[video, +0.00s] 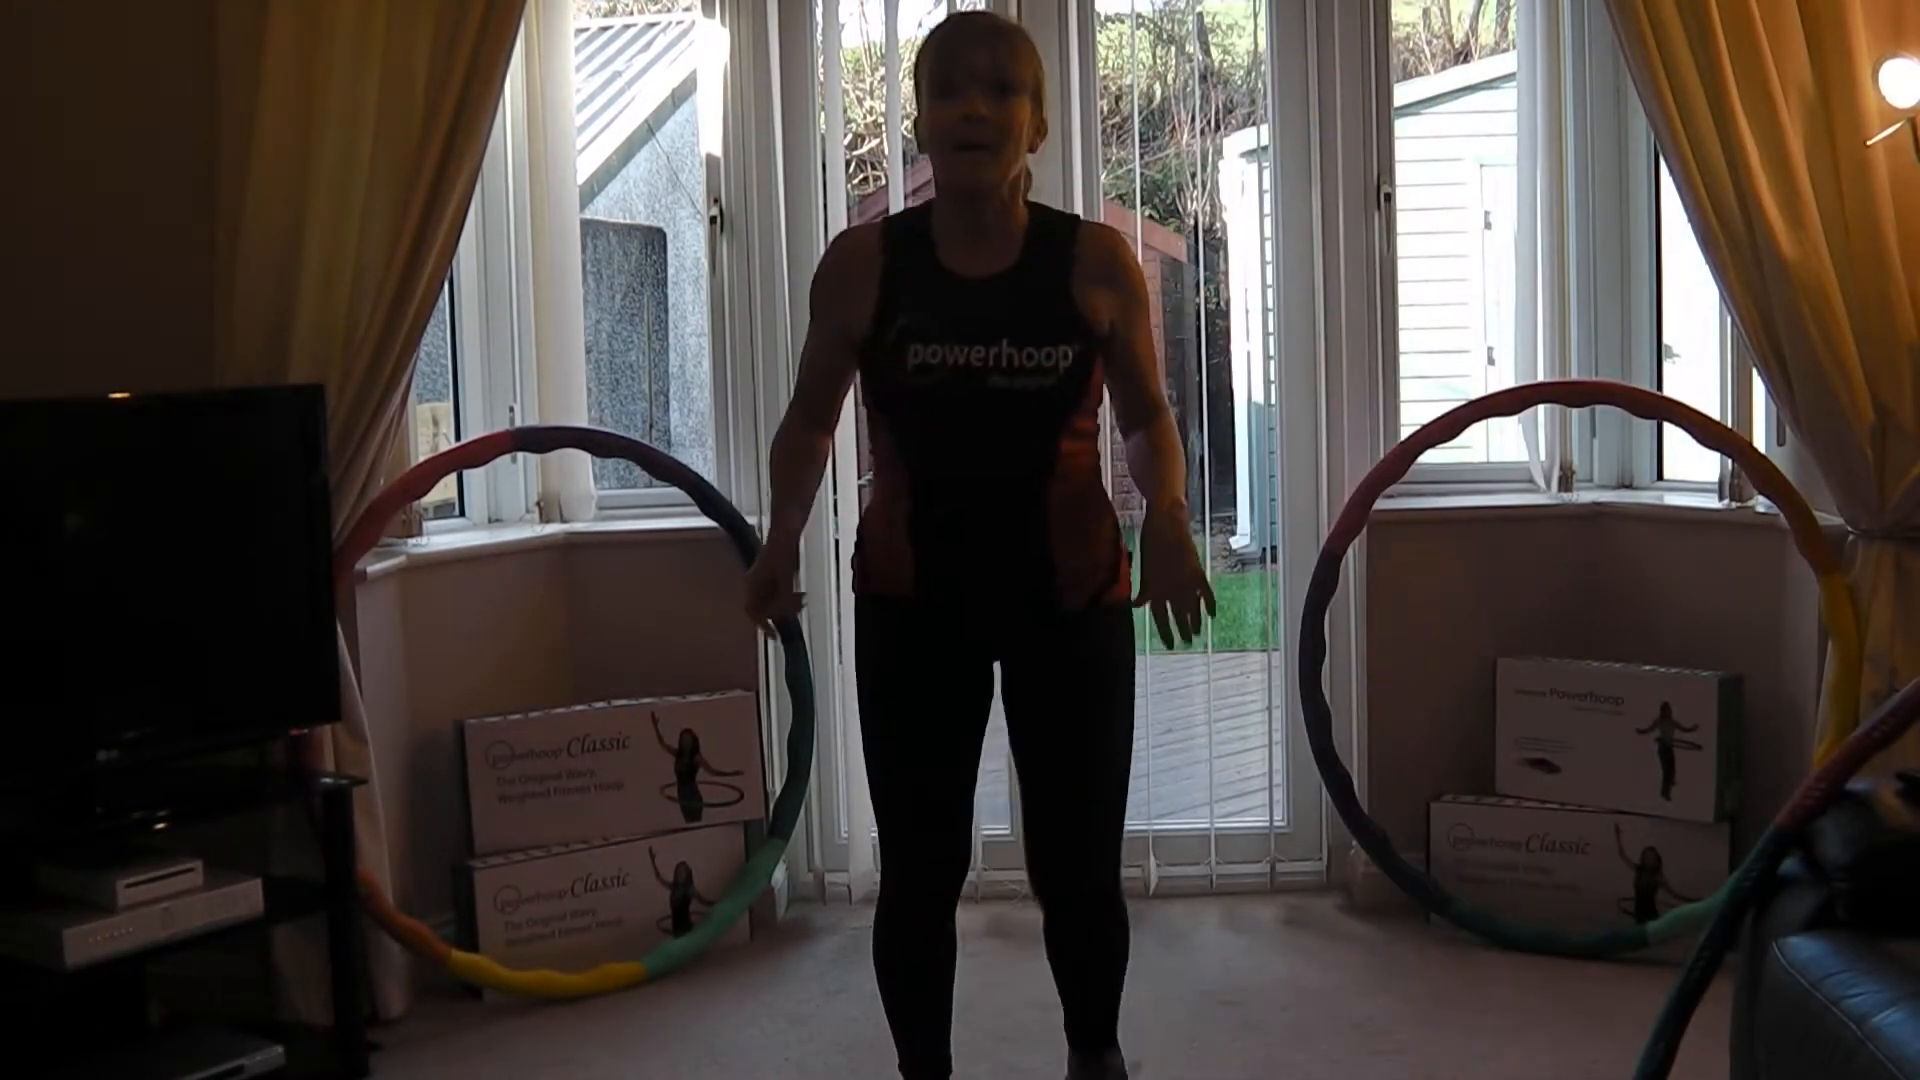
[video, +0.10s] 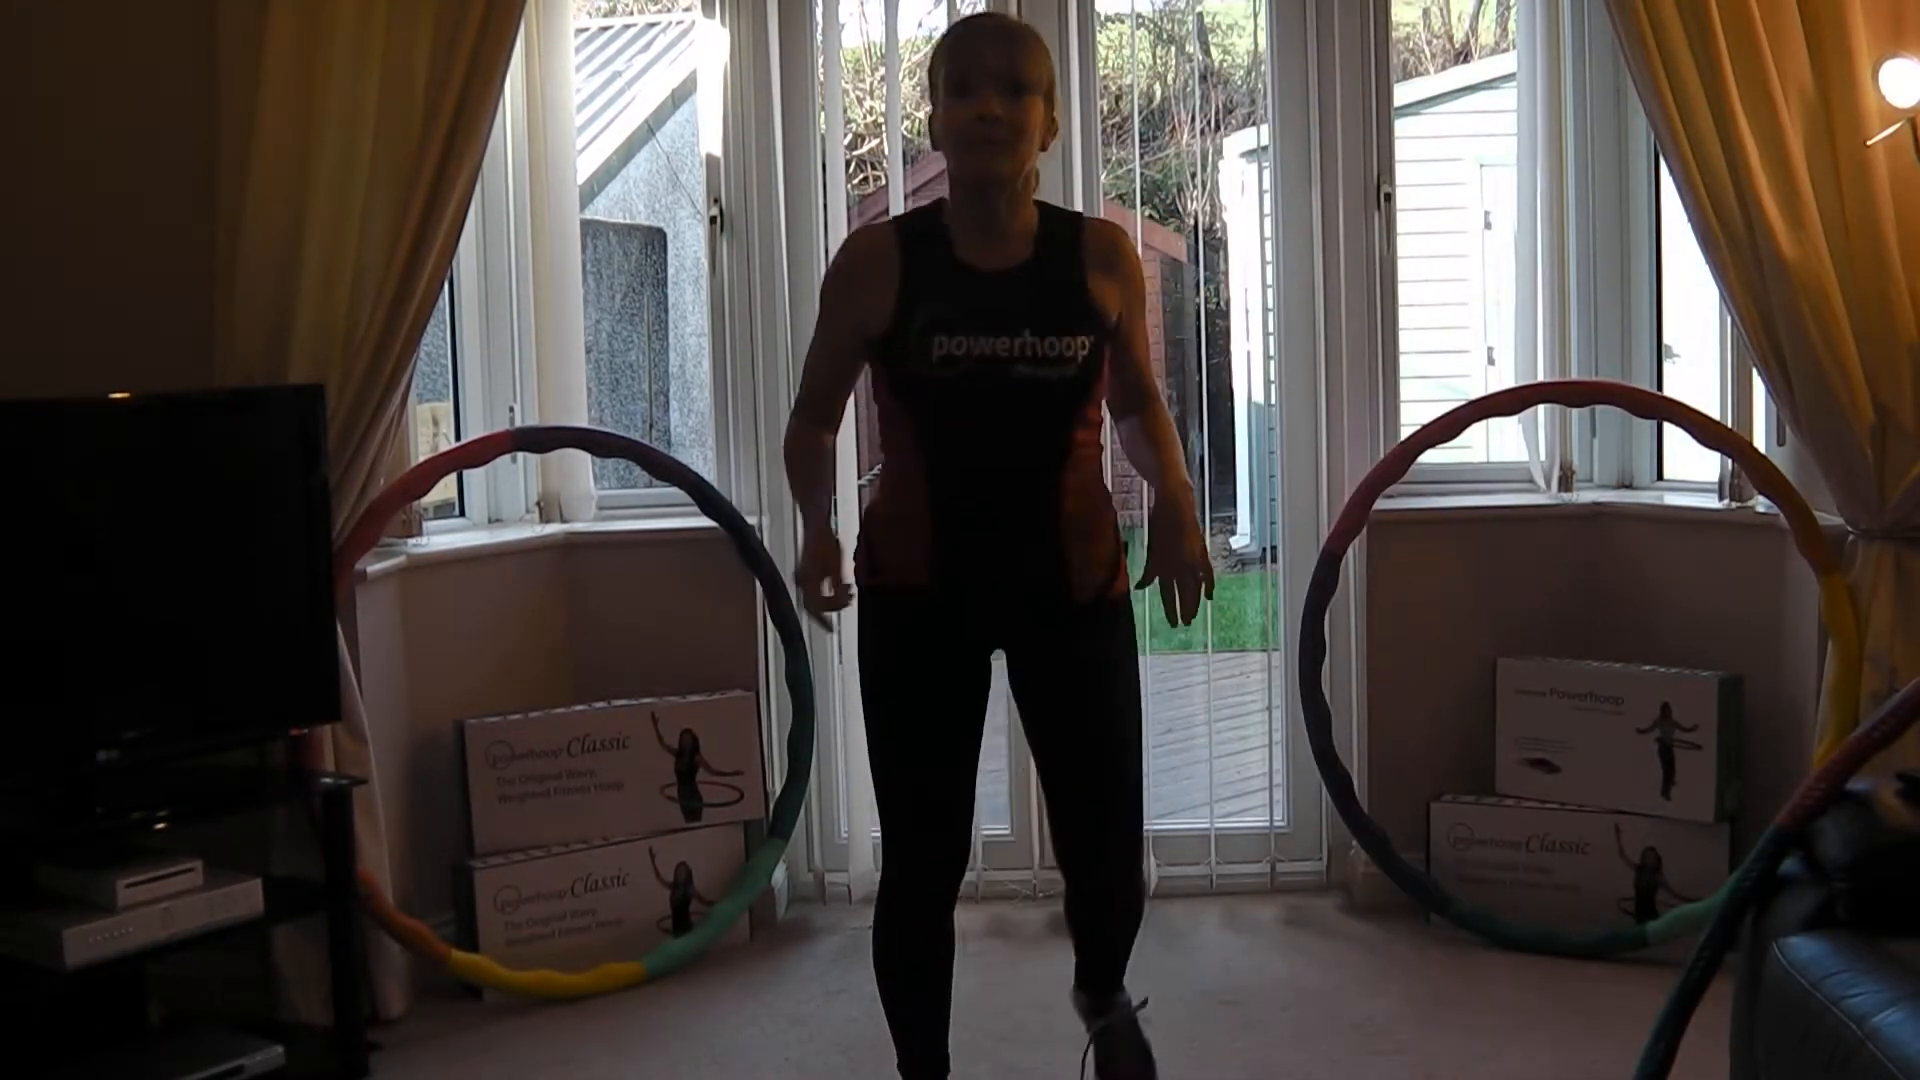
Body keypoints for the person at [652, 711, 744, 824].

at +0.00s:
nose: (685, 742)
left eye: (688, 739)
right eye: (683, 739)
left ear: (693, 742)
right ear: (680, 741)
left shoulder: (696, 757)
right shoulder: (678, 754)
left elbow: (712, 772)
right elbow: (662, 744)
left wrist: (732, 774)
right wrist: (655, 726)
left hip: (693, 795)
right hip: (682, 795)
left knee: (696, 828)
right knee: (690, 829)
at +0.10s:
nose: (685, 742)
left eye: (688, 739)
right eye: (683, 739)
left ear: (693, 742)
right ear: (680, 741)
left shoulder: (696, 757)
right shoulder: (678, 754)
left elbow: (712, 772)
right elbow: (662, 744)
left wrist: (732, 774)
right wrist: (655, 726)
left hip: (693, 795)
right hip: (682, 795)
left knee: (696, 828)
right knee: (690, 829)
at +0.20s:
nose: (685, 741)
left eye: (688, 739)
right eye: (683, 739)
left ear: (693, 741)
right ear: (680, 741)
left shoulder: (696, 757)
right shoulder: (678, 754)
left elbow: (713, 772)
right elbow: (662, 744)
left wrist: (732, 773)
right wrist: (655, 725)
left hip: (693, 794)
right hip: (682, 795)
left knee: (696, 828)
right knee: (691, 828)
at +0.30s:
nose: (685, 742)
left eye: (688, 739)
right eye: (683, 739)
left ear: (693, 741)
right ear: (680, 741)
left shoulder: (696, 757)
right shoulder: (678, 754)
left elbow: (712, 772)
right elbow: (662, 744)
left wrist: (732, 773)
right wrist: (655, 726)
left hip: (693, 794)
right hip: (682, 795)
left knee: (696, 828)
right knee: (690, 828)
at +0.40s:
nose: (685, 742)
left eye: (688, 739)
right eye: (683, 739)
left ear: (694, 741)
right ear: (680, 741)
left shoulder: (696, 757)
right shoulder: (678, 754)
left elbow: (713, 772)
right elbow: (662, 744)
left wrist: (732, 773)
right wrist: (655, 726)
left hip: (693, 794)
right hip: (682, 795)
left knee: (696, 828)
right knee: (690, 828)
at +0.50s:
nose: (685, 741)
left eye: (688, 739)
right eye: (683, 739)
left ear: (693, 741)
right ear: (680, 741)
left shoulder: (696, 757)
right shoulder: (678, 754)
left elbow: (713, 772)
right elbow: (662, 744)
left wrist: (732, 773)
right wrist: (655, 725)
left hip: (693, 794)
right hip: (682, 795)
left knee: (696, 828)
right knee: (691, 828)